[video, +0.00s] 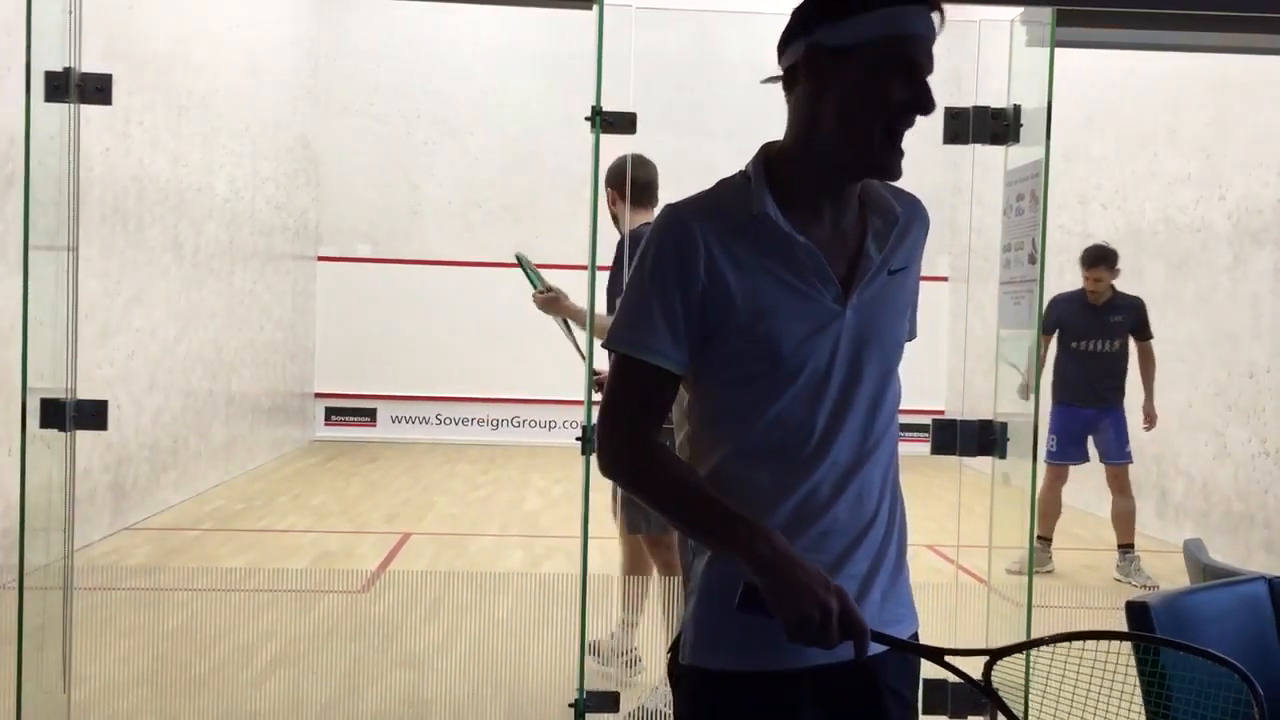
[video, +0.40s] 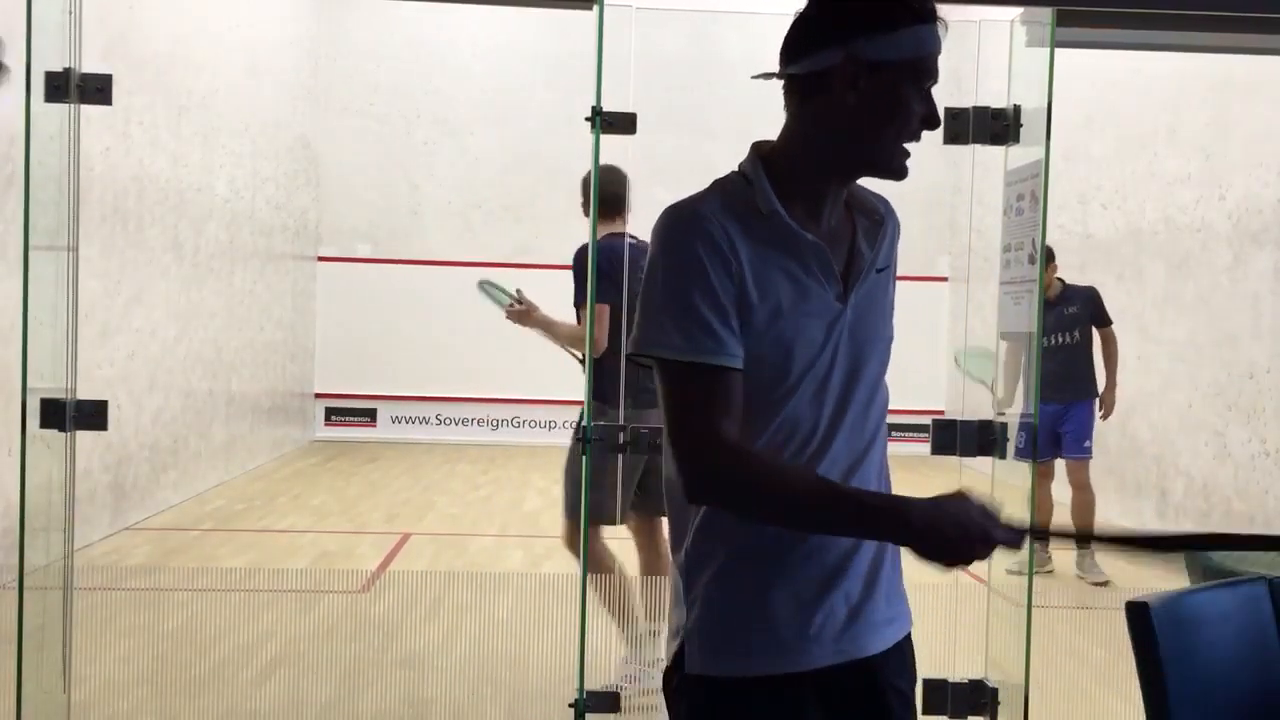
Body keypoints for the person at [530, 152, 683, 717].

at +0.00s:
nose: (601, 201)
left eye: (604, 193)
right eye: (605, 193)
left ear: (612, 194)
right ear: (654, 191)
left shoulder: (636, 245)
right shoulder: (656, 242)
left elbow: (629, 331)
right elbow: (653, 337)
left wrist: (569, 308)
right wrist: (618, 376)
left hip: (654, 413)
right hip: (658, 408)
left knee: (652, 529)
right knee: (646, 529)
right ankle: (629, 637)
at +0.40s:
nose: (581, 209)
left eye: (581, 200)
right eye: (591, 198)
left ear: (586, 204)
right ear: (627, 203)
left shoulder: (595, 254)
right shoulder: (653, 255)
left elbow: (595, 341)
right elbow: (639, 343)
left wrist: (540, 320)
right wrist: (559, 328)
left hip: (612, 418)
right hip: (660, 417)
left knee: (579, 533)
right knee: (652, 530)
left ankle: (639, 654)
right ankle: (662, 655)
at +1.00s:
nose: (468, 212)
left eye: (466, 205)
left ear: (467, 207)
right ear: (510, 204)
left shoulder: (479, 256)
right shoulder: (534, 257)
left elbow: (479, 339)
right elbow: (529, 333)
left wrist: (430, 329)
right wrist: (453, 326)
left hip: (492, 402)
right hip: (534, 402)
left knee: (485, 517)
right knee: (513, 507)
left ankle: (478, 638)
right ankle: (562, 600)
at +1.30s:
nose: (423, 213)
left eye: (422, 206)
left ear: (426, 209)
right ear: (467, 205)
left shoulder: (438, 255)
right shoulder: (491, 257)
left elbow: (436, 333)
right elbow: (502, 334)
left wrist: (385, 329)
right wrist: (421, 330)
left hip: (451, 399)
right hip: (489, 398)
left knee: (456, 510)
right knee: (449, 506)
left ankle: (476, 635)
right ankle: (419, 607)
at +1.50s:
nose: (409, 214)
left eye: (407, 207)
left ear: (411, 210)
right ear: (452, 207)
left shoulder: (423, 255)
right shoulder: (470, 260)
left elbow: (425, 330)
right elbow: (485, 337)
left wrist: (372, 332)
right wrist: (422, 330)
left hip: (421, 399)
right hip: (461, 401)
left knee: (422, 508)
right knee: (422, 508)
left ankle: (470, 626)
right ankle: (400, 615)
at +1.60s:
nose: (402, 212)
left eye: (401, 205)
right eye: (413, 203)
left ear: (405, 208)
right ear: (445, 208)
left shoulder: (416, 252)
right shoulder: (460, 258)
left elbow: (419, 326)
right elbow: (474, 335)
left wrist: (369, 326)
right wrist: (405, 327)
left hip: (411, 395)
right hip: (451, 398)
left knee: (382, 505)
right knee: (419, 502)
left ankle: (453, 612)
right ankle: (400, 613)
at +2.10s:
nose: (372, 212)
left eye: (370, 205)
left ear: (371, 207)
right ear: (410, 209)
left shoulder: (373, 246)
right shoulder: (428, 258)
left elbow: (372, 316)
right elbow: (439, 333)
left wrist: (332, 321)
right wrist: (388, 320)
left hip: (376, 393)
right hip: (422, 394)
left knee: (336, 491)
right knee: (404, 493)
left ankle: (341, 612)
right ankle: (401, 614)